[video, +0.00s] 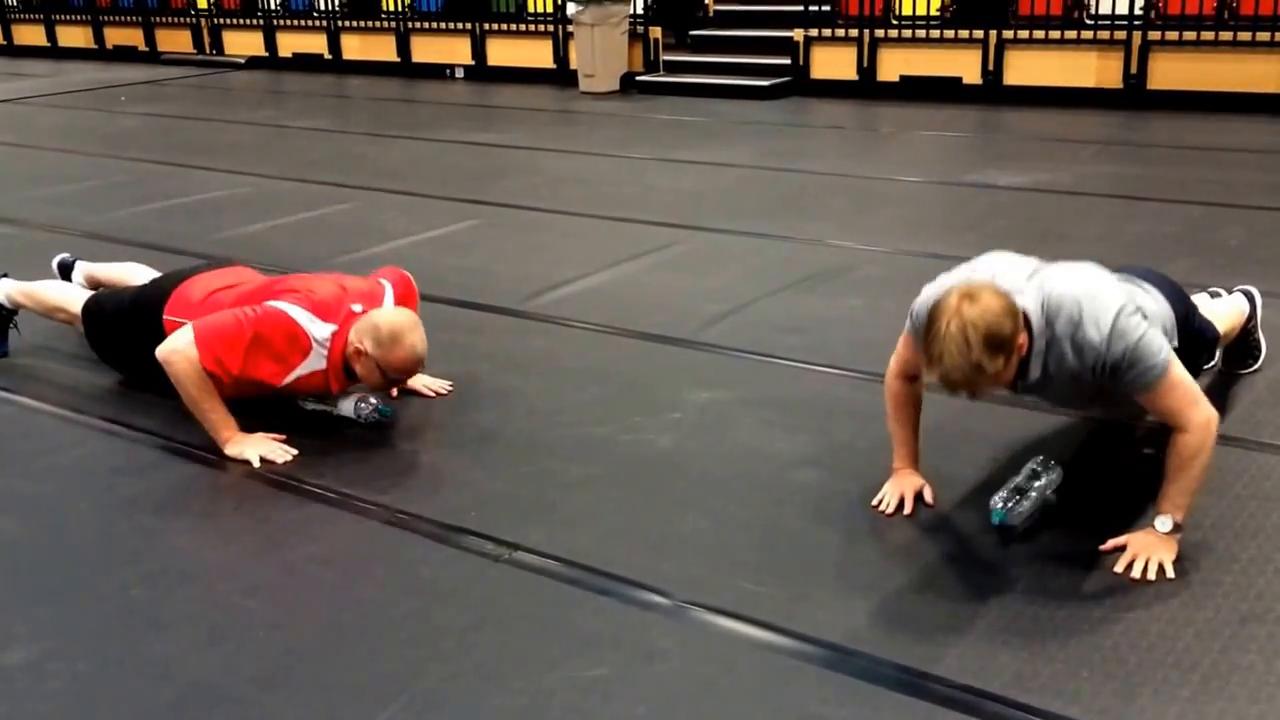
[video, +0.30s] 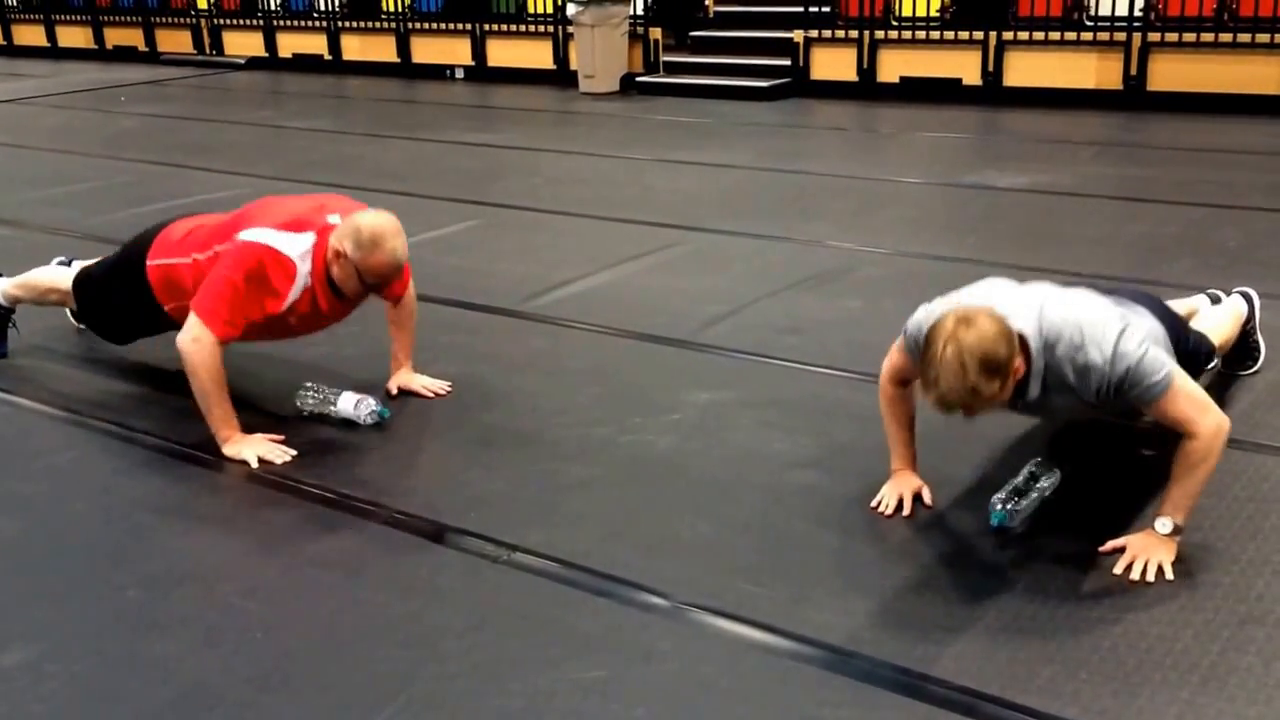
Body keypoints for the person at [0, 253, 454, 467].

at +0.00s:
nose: (389, 388)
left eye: (399, 382)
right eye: (380, 381)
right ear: (356, 346)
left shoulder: (394, 296)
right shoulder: (279, 327)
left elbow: (399, 285)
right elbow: (176, 355)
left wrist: (402, 371)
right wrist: (232, 437)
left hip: (236, 284)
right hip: (173, 310)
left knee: (152, 282)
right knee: (82, 310)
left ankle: (77, 267)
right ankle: (10, 290)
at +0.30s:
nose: (374, 293)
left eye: (386, 284)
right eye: (367, 283)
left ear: (399, 248)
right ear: (338, 258)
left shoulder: (377, 241)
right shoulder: (263, 262)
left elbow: (403, 298)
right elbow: (196, 343)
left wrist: (403, 367)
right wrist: (232, 437)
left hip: (214, 251)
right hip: (159, 271)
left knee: (125, 282)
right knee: (81, 291)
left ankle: (77, 279)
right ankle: (10, 290)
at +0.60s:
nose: (372, 305)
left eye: (383, 295)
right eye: (364, 295)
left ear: (392, 264)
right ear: (336, 270)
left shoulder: (367, 231)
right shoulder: (260, 266)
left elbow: (397, 292)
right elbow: (188, 345)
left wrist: (403, 368)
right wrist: (229, 437)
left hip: (198, 250)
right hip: (149, 279)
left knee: (119, 275)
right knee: (73, 293)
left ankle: (74, 275)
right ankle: (5, 291)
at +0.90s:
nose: (368, 389)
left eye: (381, 383)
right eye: (363, 381)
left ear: (407, 328)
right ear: (344, 348)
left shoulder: (394, 297)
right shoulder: (270, 331)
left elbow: (399, 287)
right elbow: (166, 362)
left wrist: (395, 372)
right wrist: (229, 439)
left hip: (224, 289)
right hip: (162, 318)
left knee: (144, 290)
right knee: (74, 315)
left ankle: (71, 272)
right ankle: (8, 292)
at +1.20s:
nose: (358, 280)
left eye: (368, 270)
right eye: (350, 268)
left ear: (380, 242)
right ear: (323, 239)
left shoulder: (362, 235)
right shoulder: (249, 248)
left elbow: (390, 296)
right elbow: (196, 341)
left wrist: (400, 370)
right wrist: (228, 439)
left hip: (203, 266)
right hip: (147, 273)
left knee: (108, 288)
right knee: (74, 295)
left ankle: (68, 277)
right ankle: (9, 290)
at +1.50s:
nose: (363, 315)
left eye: (375, 306)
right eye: (358, 305)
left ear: (390, 282)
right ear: (333, 279)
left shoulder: (368, 250)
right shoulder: (258, 274)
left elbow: (400, 294)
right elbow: (185, 352)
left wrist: (401, 369)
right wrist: (228, 440)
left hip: (193, 259)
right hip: (142, 290)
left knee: (121, 272)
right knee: (69, 298)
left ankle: (73, 272)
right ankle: (5, 292)